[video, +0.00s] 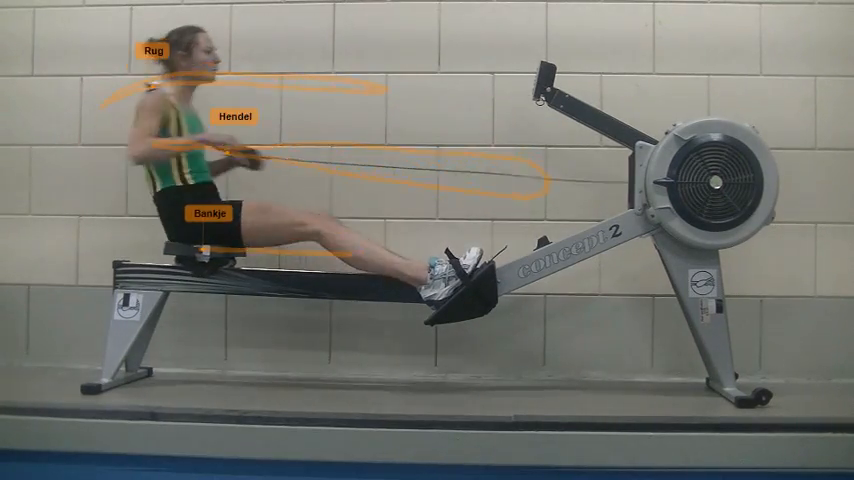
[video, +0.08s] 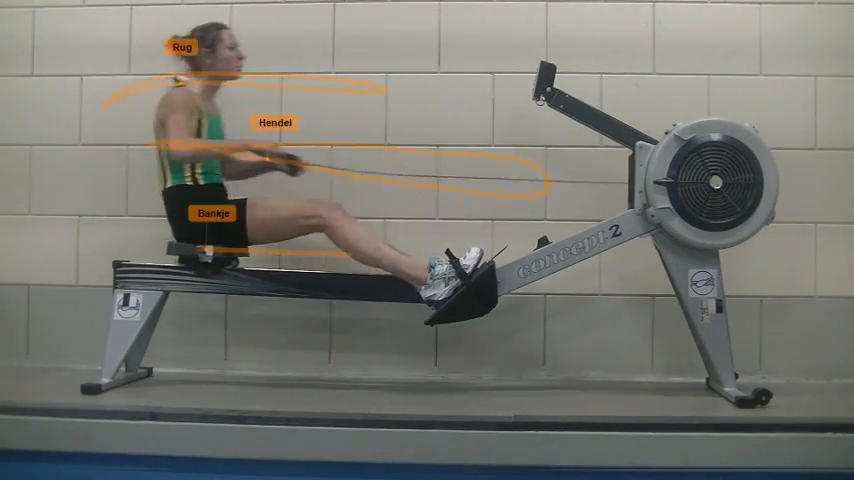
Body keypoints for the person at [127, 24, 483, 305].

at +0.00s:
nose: (217, 60)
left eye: (214, 52)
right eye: (208, 53)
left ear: (189, 60)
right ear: (183, 58)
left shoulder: (186, 111)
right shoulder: (156, 101)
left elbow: (194, 172)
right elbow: (136, 150)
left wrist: (232, 160)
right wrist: (203, 141)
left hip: (201, 210)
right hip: (188, 213)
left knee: (322, 223)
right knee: (316, 224)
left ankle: (431, 273)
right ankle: (426, 282)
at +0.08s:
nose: (240, 56)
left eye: (237, 49)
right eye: (231, 49)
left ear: (212, 57)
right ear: (206, 56)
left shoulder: (205, 106)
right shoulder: (182, 98)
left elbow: (227, 170)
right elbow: (177, 148)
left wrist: (270, 164)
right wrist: (247, 148)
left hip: (211, 214)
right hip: (199, 219)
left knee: (330, 211)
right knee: (325, 213)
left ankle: (429, 276)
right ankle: (426, 280)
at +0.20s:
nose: (277, 55)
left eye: (274, 48)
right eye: (268, 49)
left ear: (249, 58)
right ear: (242, 56)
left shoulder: (244, 104)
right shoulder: (220, 96)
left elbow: (278, 167)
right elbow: (238, 150)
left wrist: (328, 172)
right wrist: (308, 156)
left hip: (229, 216)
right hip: (214, 218)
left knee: (343, 194)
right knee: (337, 195)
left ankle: (428, 275)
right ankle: (426, 281)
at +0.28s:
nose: (302, 57)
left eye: (298, 49)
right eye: (292, 49)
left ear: (273, 59)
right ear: (265, 58)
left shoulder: (271, 105)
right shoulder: (247, 99)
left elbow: (302, 160)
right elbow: (279, 153)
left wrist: (362, 174)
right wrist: (354, 164)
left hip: (246, 215)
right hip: (230, 218)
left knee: (359, 187)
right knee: (351, 189)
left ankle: (430, 274)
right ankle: (427, 280)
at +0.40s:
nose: (336, 58)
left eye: (333, 51)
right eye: (328, 52)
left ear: (306, 65)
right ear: (303, 62)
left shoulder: (303, 106)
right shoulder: (284, 101)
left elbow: (346, 156)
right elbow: (334, 158)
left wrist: (408, 177)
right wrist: (404, 170)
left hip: (270, 214)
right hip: (258, 217)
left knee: (378, 179)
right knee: (374, 181)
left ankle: (432, 274)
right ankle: (430, 281)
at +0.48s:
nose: (359, 58)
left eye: (355, 51)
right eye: (349, 52)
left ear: (329, 64)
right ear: (324, 63)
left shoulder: (328, 107)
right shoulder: (309, 102)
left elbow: (372, 160)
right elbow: (367, 160)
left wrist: (437, 180)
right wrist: (436, 175)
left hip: (290, 213)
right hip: (278, 216)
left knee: (391, 175)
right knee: (388, 177)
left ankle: (432, 275)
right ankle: (431, 280)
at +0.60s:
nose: (391, 59)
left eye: (386, 52)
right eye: (381, 54)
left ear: (361, 66)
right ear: (358, 64)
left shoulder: (353, 105)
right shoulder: (345, 104)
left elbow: (411, 157)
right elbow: (408, 156)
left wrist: (477, 183)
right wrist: (478, 180)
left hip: (315, 215)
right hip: (308, 217)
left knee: (407, 159)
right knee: (406, 163)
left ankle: (432, 268)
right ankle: (430, 275)